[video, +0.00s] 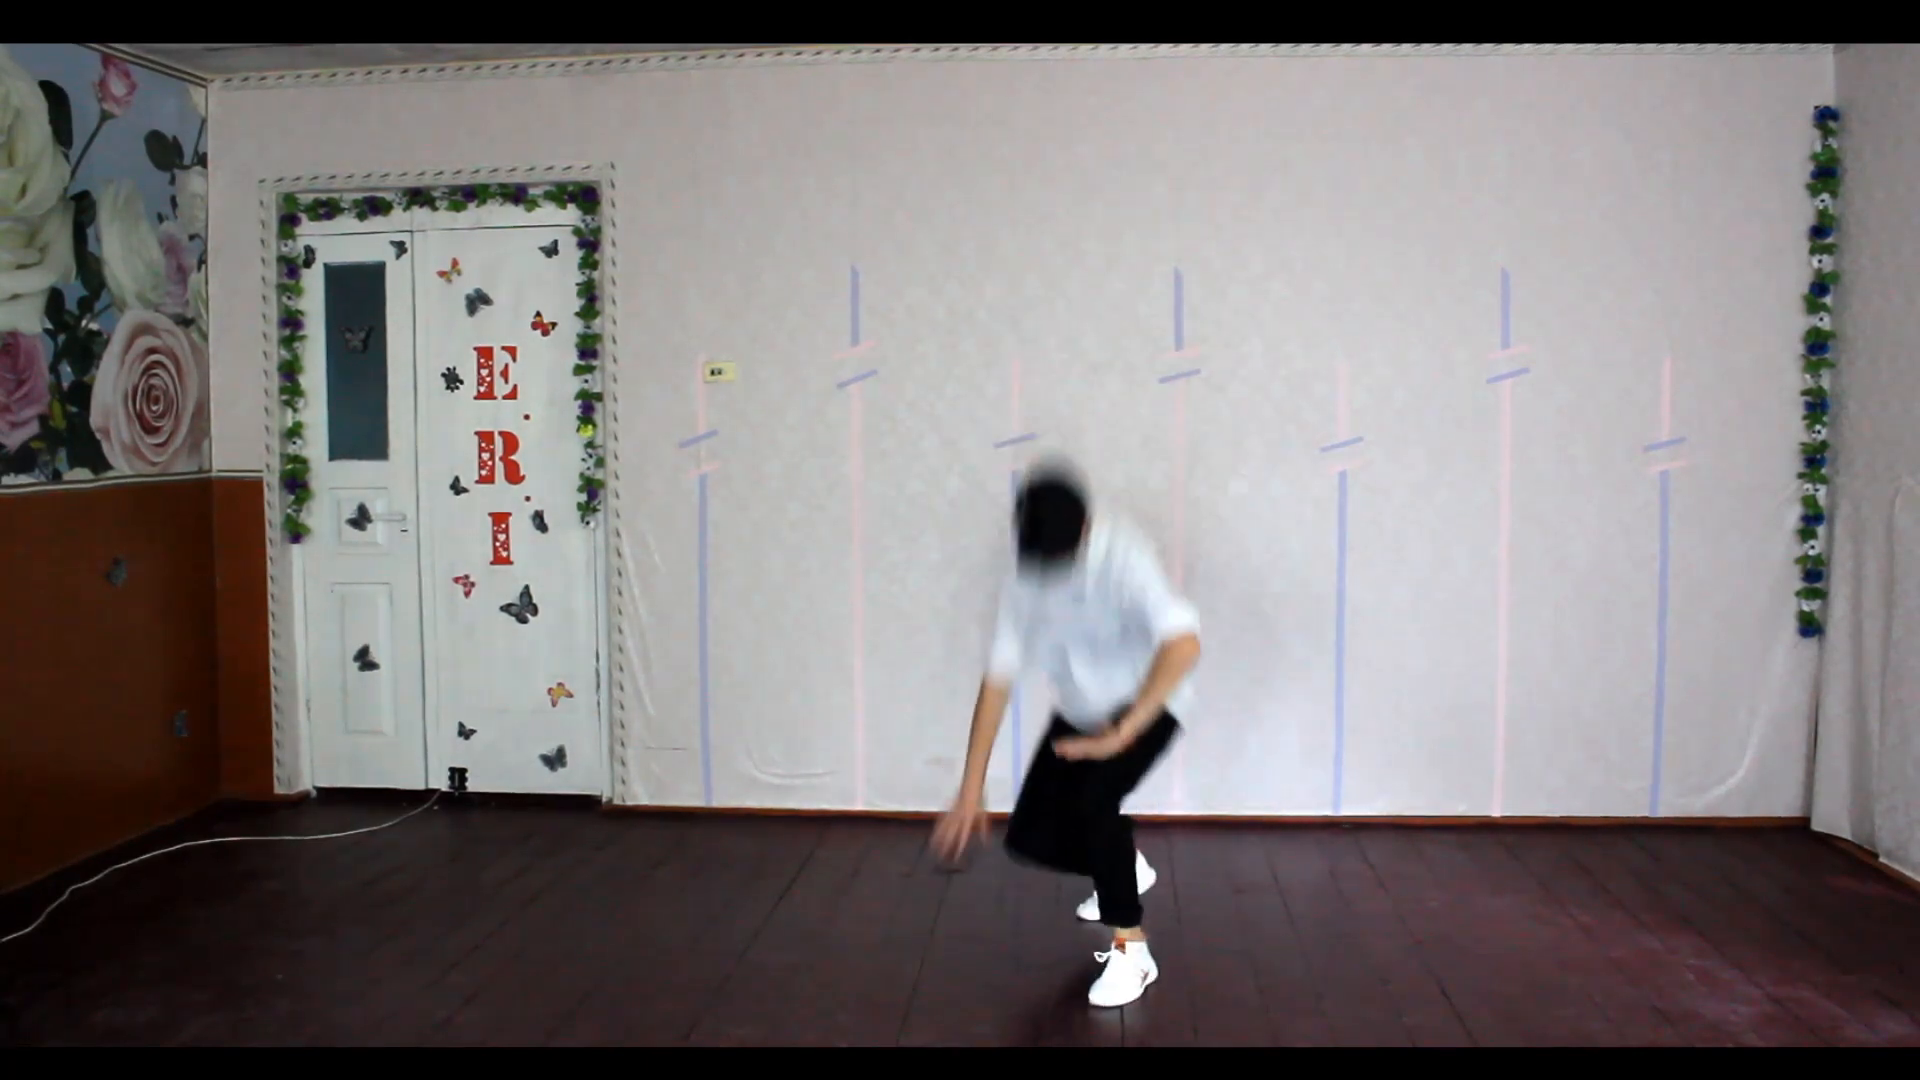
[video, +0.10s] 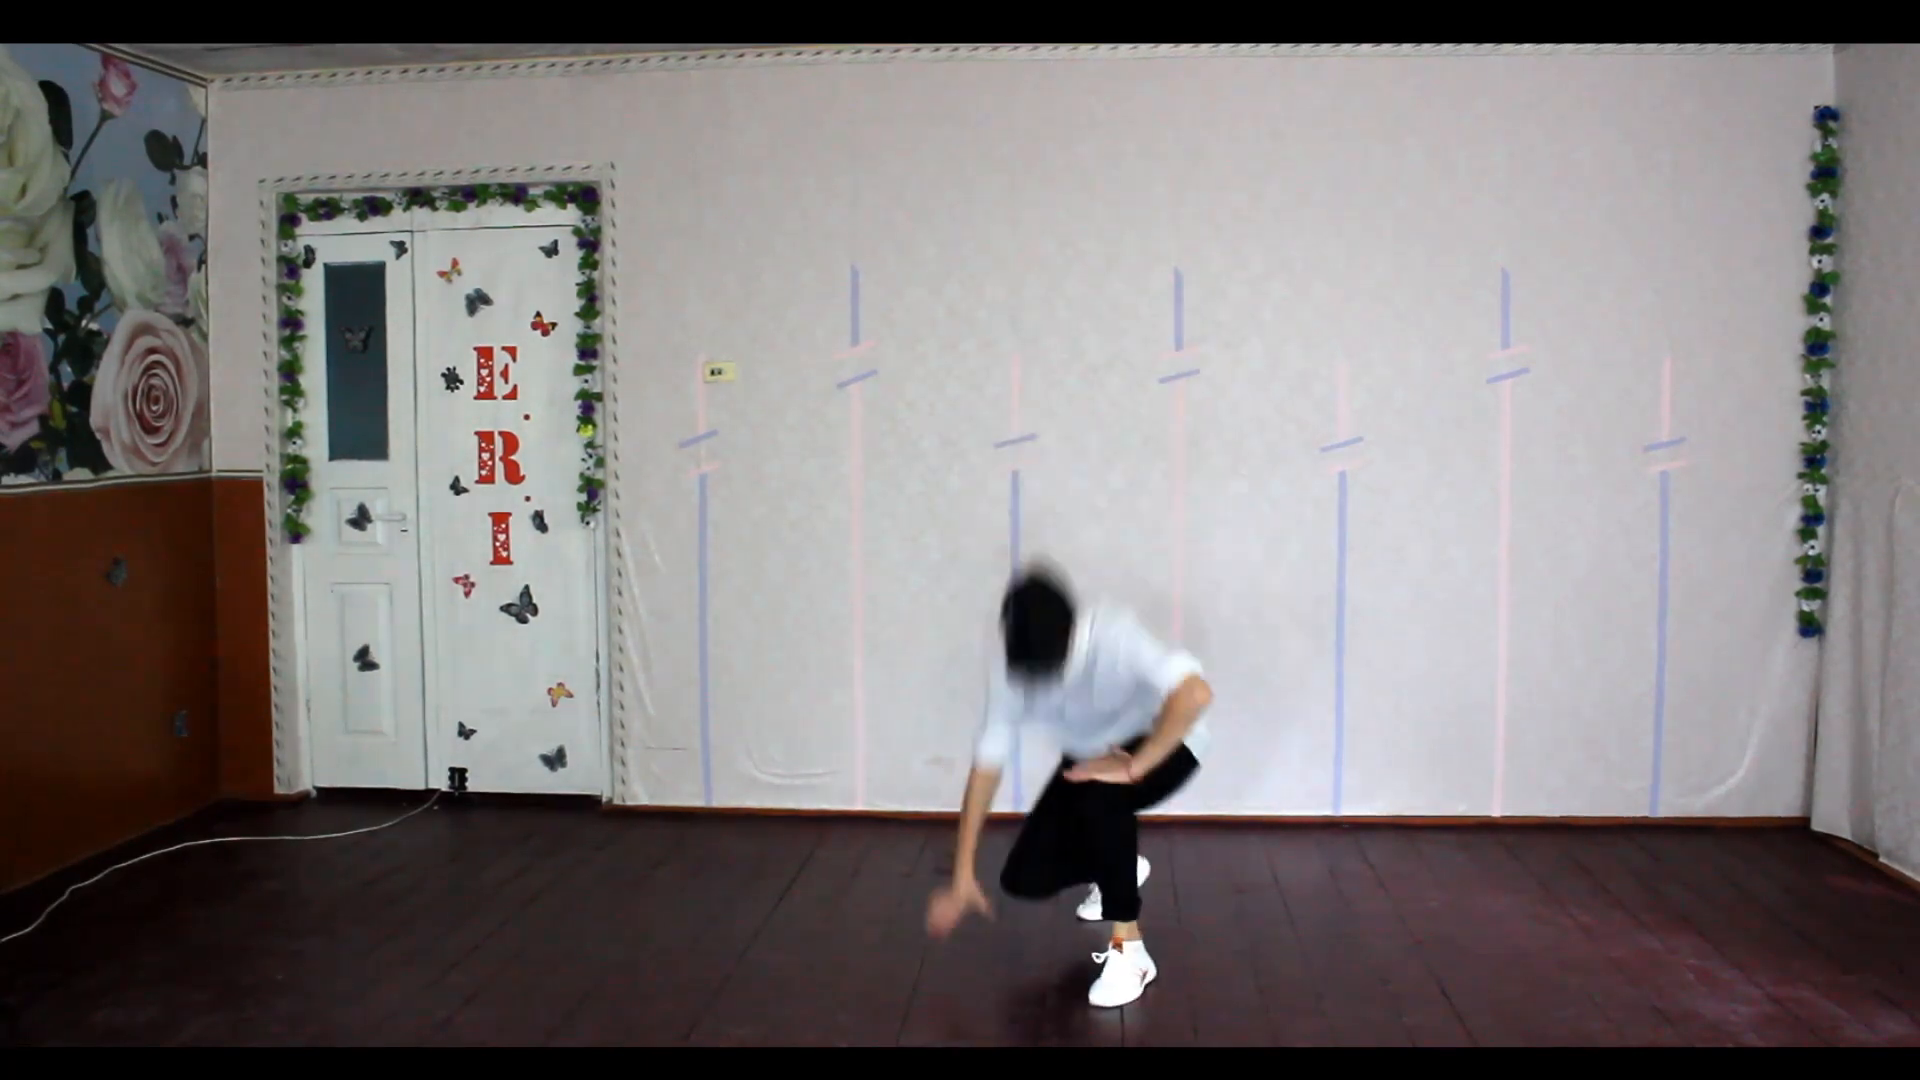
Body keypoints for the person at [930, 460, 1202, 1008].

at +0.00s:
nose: (1051, 567)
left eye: (1059, 557)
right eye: (1040, 558)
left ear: (1083, 532)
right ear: (1024, 538)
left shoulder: (1121, 552)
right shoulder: (1025, 574)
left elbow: (1183, 640)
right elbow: (996, 684)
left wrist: (1121, 734)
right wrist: (969, 794)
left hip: (1141, 715)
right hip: (1076, 716)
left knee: (1094, 804)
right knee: (1030, 836)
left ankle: (1130, 951)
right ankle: (1124, 866)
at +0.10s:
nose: (1041, 673)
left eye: (1048, 661)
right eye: (1029, 664)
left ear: (1069, 634)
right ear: (1013, 644)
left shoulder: (1113, 635)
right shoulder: (1013, 669)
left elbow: (1194, 693)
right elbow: (985, 771)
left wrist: (1136, 765)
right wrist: (963, 876)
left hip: (1159, 749)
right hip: (1083, 761)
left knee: (1104, 800)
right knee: (1025, 877)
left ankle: (1128, 947)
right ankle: (1118, 868)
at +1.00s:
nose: (1047, 551)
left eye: (1054, 539)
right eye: (1035, 543)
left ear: (1071, 515)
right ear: (1018, 529)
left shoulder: (1124, 529)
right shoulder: (1017, 566)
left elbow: (1161, 629)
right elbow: (1000, 674)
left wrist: (1150, 740)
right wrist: (988, 764)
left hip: (1153, 693)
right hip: (1085, 702)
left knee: (1121, 806)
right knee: (1063, 832)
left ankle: (1131, 951)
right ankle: (1126, 868)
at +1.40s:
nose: (1083, 365)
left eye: (1091, 352)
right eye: (1071, 353)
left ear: (1108, 336)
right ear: (1052, 342)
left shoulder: (1149, 390)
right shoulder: (1027, 401)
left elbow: (1166, 494)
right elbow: (1007, 483)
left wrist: (1069, 509)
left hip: (1130, 606)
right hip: (1050, 604)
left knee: (1122, 754)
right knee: (1049, 755)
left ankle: (1124, 910)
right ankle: (1055, 908)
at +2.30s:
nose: (965, 540)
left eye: (971, 528)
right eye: (952, 533)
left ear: (988, 496)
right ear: (929, 512)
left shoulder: (1025, 515)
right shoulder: (922, 516)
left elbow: (1074, 585)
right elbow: (861, 507)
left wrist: (1055, 595)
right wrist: (783, 495)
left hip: (1085, 689)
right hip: (997, 688)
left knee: (1184, 800)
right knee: (874, 773)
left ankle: (1245, 927)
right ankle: (889, 896)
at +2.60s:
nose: (1036, 536)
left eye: (1044, 526)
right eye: (1023, 529)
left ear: (1061, 498)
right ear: (998, 506)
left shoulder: (1087, 542)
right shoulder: (976, 528)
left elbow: (1098, 658)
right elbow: (947, 588)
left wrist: (1077, 663)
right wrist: (858, 613)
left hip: (1086, 711)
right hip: (996, 706)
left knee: (1162, 825)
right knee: (882, 798)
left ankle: (1238, 959)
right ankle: (904, 914)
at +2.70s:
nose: (1034, 535)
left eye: (1040, 523)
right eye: (1019, 526)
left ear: (1056, 496)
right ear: (996, 506)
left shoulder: (1082, 539)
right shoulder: (976, 532)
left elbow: (1099, 652)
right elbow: (939, 587)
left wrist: (1076, 651)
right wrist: (851, 615)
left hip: (1086, 707)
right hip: (996, 706)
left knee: (1174, 817)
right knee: (870, 789)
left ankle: (1239, 952)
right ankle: (897, 902)